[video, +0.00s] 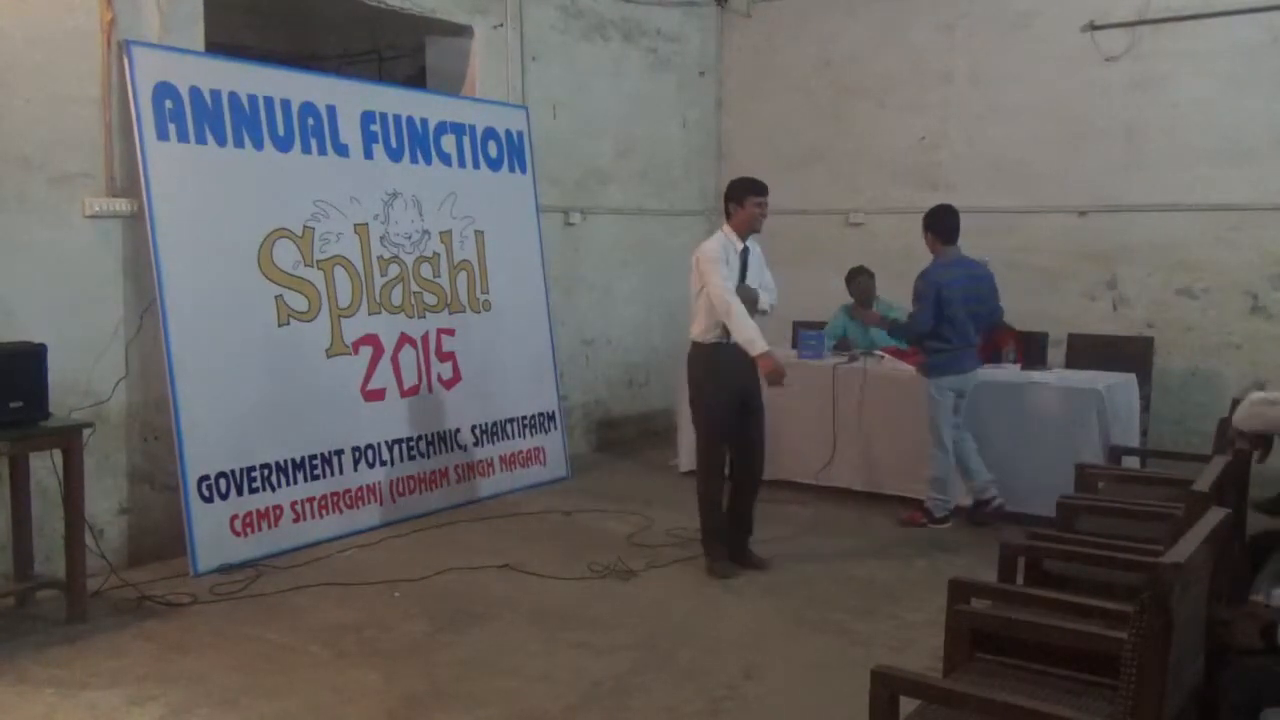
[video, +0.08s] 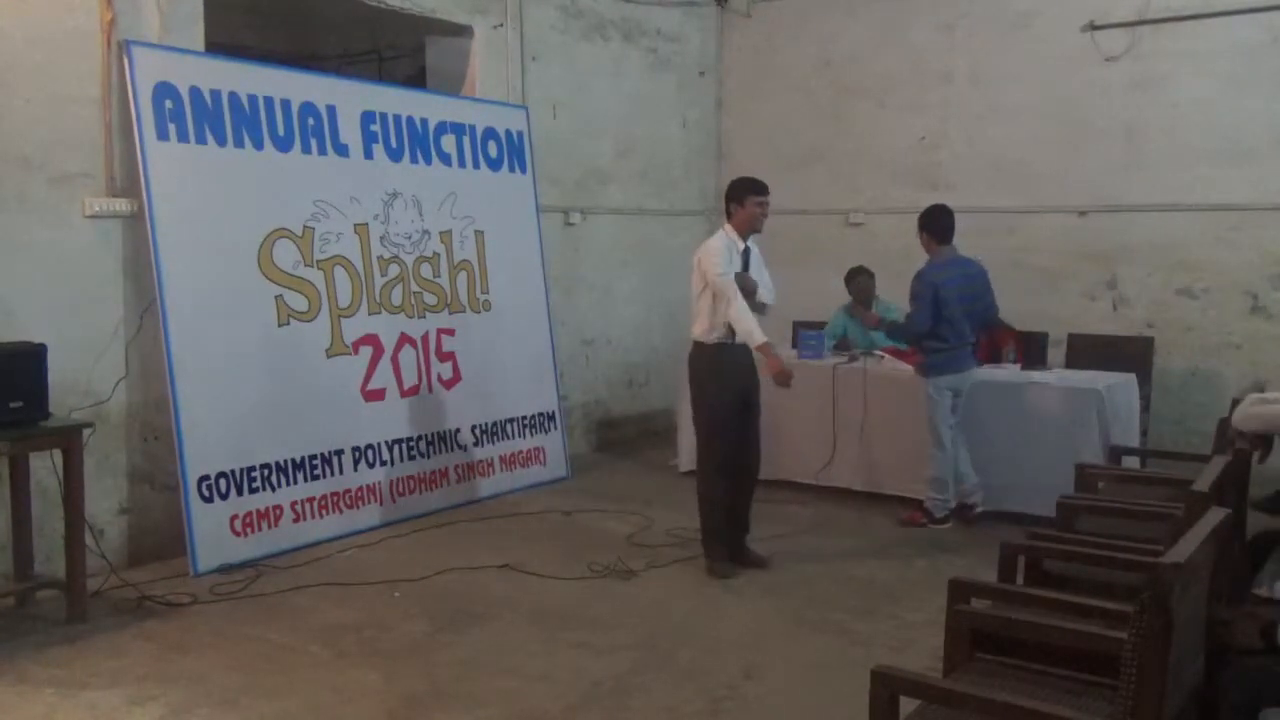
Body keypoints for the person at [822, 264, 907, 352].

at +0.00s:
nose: (865, 290)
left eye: (869, 285)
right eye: (859, 286)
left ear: (875, 287)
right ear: (850, 292)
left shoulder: (891, 309)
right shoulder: (844, 314)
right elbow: (827, 339)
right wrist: (837, 345)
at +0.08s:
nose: (864, 290)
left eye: (868, 285)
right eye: (858, 285)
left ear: (874, 287)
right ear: (849, 291)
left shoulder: (890, 309)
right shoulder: (843, 314)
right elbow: (826, 340)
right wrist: (837, 345)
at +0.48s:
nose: (865, 293)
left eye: (869, 288)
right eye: (860, 290)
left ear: (875, 288)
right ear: (851, 291)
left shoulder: (889, 309)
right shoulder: (843, 314)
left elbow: (896, 337)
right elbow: (827, 338)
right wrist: (837, 345)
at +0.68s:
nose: (865, 292)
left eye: (869, 287)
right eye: (860, 289)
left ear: (875, 288)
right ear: (850, 291)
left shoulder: (887, 310)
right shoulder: (842, 315)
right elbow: (827, 340)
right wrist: (837, 345)